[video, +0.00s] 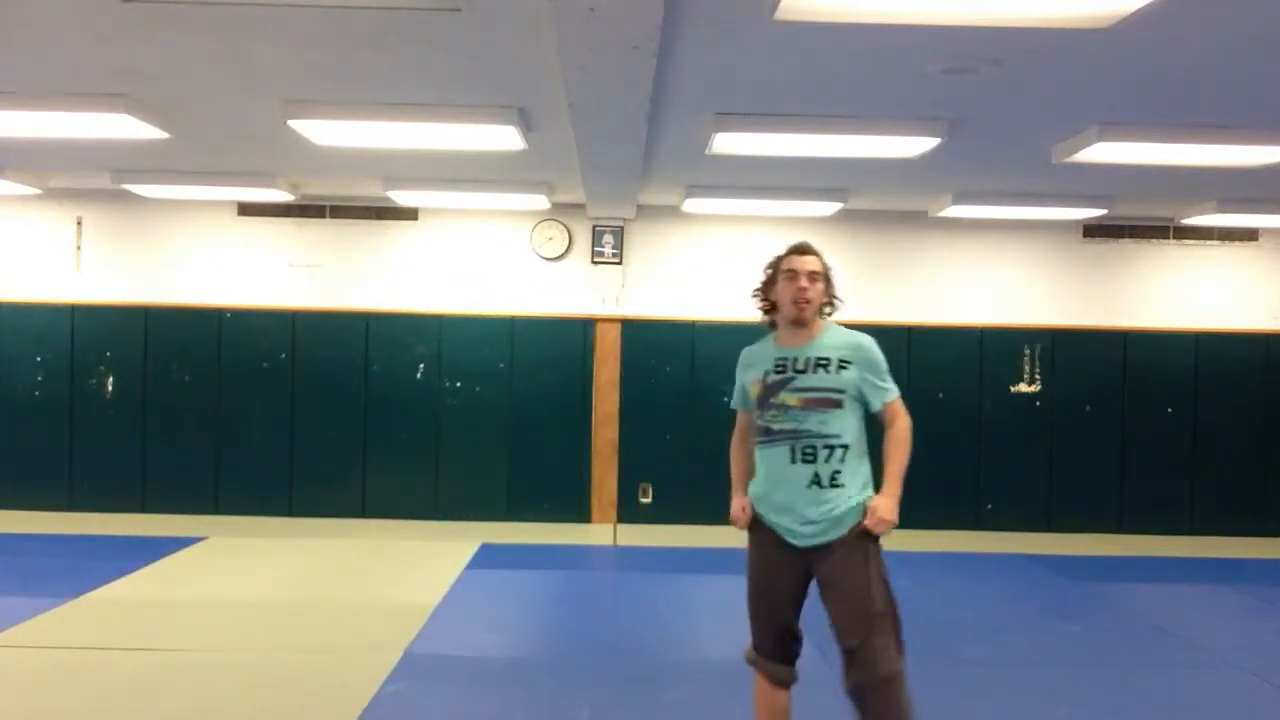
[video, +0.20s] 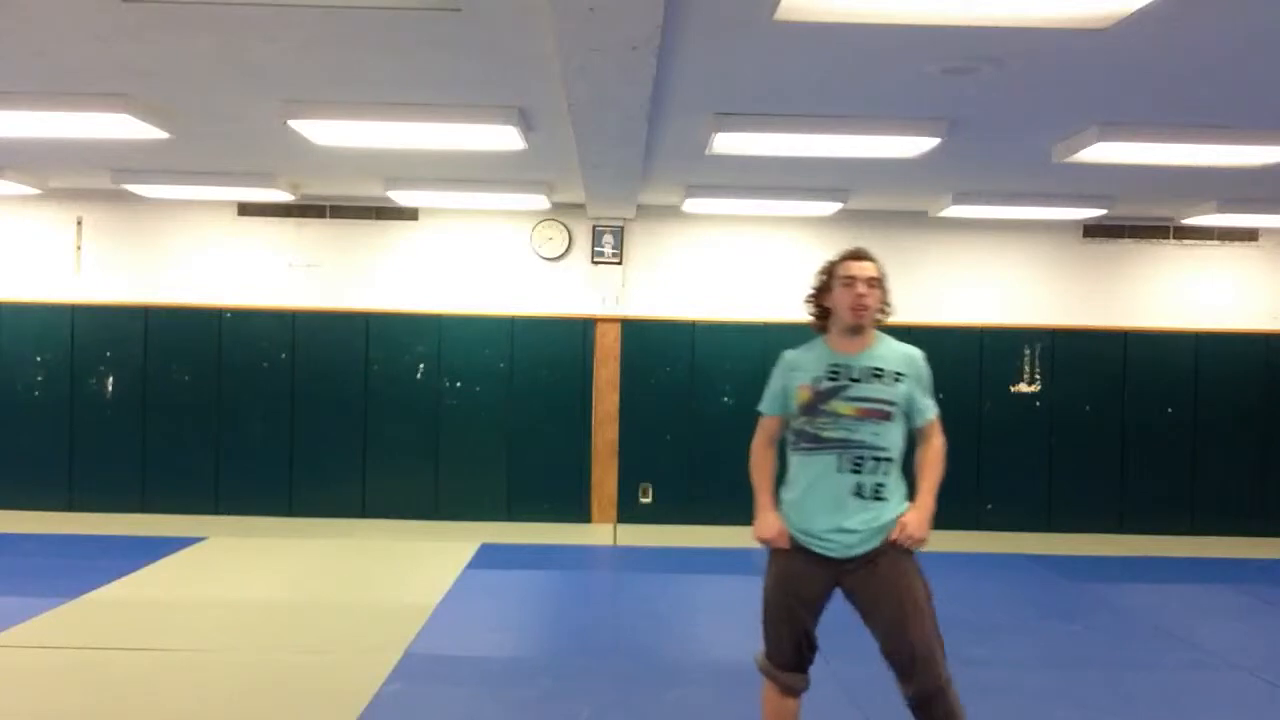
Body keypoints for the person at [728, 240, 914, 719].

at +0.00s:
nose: (803, 287)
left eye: (813, 278)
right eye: (791, 277)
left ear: (826, 291)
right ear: (772, 290)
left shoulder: (858, 349)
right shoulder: (752, 359)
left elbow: (897, 420)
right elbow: (744, 432)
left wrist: (890, 495)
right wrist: (738, 491)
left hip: (846, 527)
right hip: (772, 527)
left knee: (876, 664)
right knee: (771, 660)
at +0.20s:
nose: (862, 293)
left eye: (872, 285)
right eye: (849, 283)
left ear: (882, 299)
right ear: (827, 296)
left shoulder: (909, 362)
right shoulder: (794, 363)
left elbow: (931, 438)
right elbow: (765, 440)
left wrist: (923, 507)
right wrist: (765, 510)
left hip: (881, 544)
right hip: (800, 544)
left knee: (928, 679)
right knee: (782, 677)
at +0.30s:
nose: (900, 299)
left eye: (909, 290)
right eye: (887, 290)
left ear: (919, 303)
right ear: (863, 302)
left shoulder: (943, 370)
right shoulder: (826, 368)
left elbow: (958, 443)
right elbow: (786, 441)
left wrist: (957, 504)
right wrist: (795, 509)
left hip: (910, 548)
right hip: (828, 547)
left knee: (950, 676)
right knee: (794, 677)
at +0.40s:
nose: (942, 301)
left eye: (950, 292)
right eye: (928, 292)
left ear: (960, 304)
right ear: (904, 305)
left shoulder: (976, 375)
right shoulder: (867, 366)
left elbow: (989, 450)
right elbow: (817, 442)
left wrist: (996, 501)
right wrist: (839, 506)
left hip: (934, 557)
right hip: (853, 554)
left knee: (971, 696)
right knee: (810, 682)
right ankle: (794, 708)